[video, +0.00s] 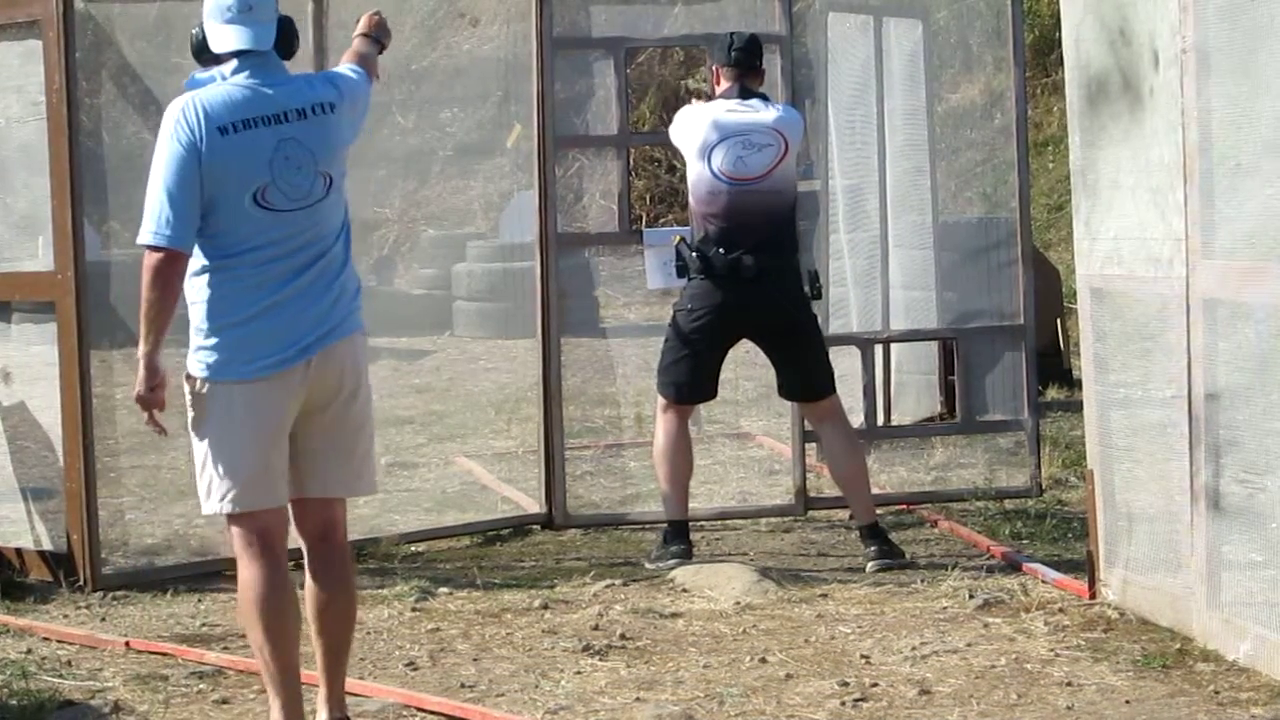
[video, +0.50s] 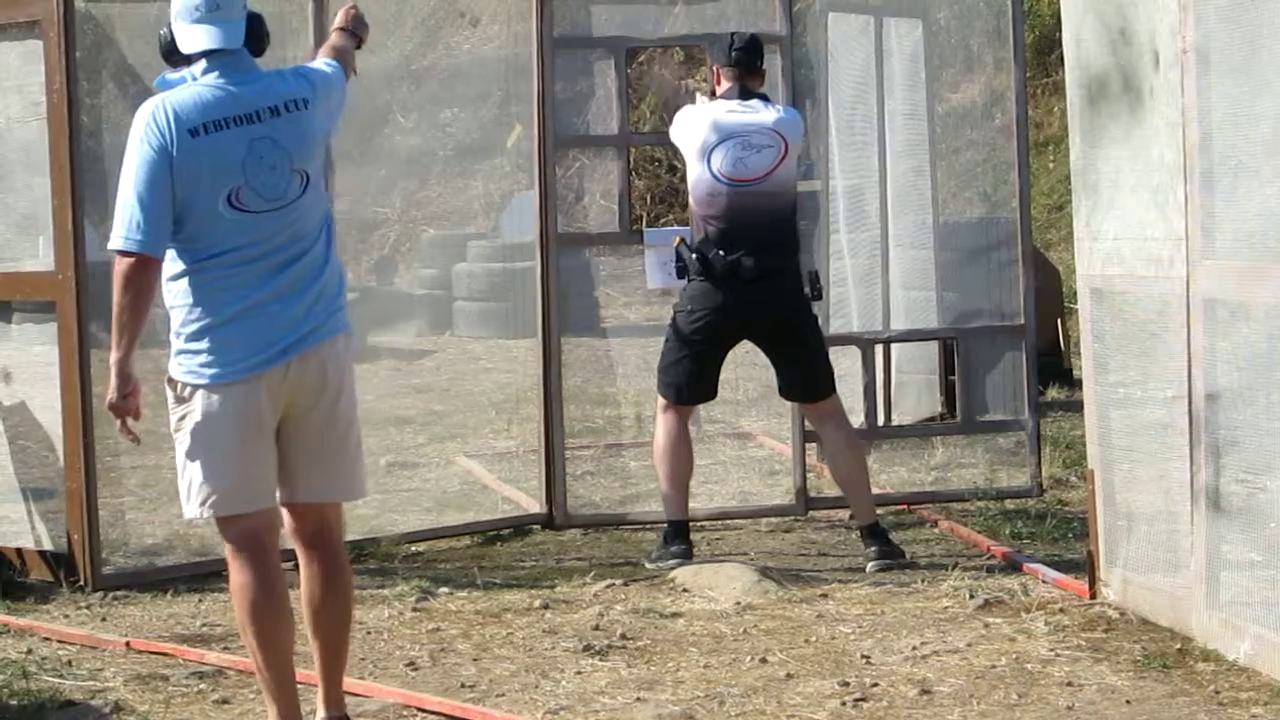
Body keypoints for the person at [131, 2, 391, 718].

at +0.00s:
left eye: (207, 47)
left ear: (207, 49)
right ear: (281, 40)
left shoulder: (191, 115)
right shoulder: (326, 98)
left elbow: (165, 252)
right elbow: (361, 68)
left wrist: (148, 354)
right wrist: (371, 34)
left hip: (238, 357)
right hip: (334, 340)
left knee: (257, 545)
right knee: (327, 533)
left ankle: (288, 711)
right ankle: (334, 704)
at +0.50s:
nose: (176, 64)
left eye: (174, 52)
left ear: (176, 52)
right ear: (251, 39)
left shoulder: (162, 119)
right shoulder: (305, 91)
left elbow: (137, 260)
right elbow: (336, 59)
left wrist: (120, 363)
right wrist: (348, 29)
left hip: (220, 362)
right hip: (320, 340)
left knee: (250, 547)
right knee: (320, 534)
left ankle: (286, 709)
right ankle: (333, 705)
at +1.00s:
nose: (172, 57)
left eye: (175, 47)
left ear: (180, 48)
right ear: (256, 35)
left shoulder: (164, 117)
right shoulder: (310, 89)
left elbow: (141, 259)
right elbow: (341, 53)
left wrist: (129, 363)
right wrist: (353, 24)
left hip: (232, 363)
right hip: (332, 335)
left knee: (251, 550)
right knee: (349, 516)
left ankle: (284, 709)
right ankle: (390, 687)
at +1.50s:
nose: (283, 63)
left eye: (281, 50)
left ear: (283, 53)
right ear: (361, 44)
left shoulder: (270, 126)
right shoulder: (409, 101)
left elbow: (245, 269)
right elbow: (422, 62)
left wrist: (223, 378)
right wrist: (426, 26)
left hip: (304, 372)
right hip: (409, 359)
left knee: (282, 554)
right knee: (429, 547)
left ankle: (286, 711)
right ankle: (470, 711)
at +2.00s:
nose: (356, 60)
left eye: (357, 46)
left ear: (360, 47)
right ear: (436, 37)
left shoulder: (346, 111)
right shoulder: (488, 98)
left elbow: (322, 253)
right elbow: (515, 64)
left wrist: (303, 366)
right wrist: (524, 28)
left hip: (381, 365)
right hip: (484, 357)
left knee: (355, 549)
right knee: (475, 549)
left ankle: (387, 712)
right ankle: (485, 715)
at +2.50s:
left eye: (344, 51)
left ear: (350, 51)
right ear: (430, 41)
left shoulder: (329, 119)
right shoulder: (484, 96)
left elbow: (297, 263)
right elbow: (534, 54)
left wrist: (276, 374)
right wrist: (559, 17)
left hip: (378, 381)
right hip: (484, 368)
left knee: (390, 577)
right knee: (477, 571)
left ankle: (411, 713)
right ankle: (485, 714)